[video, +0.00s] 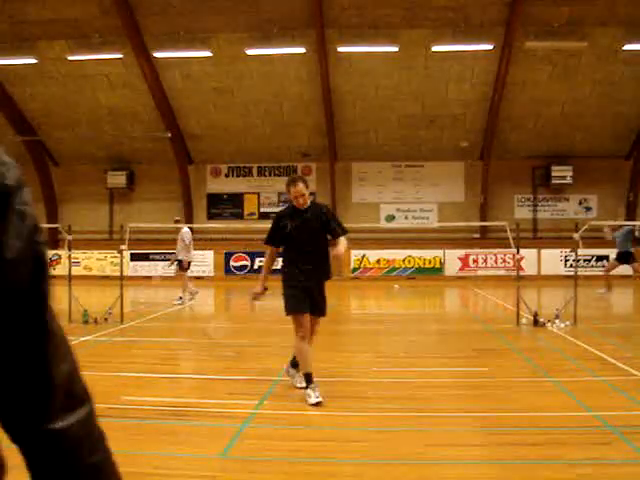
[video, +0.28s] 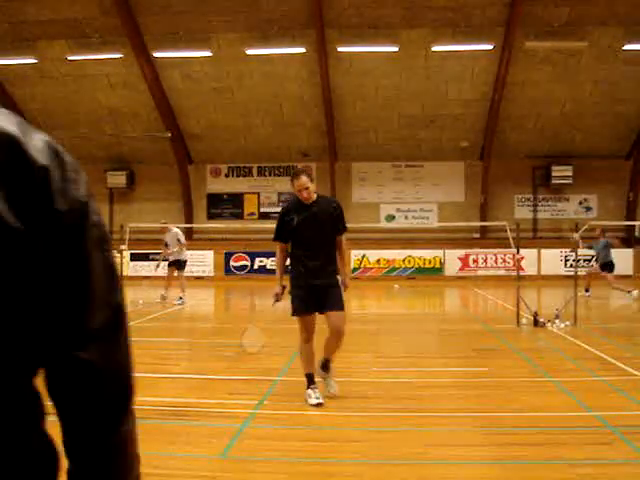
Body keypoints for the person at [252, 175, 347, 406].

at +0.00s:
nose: (300, 200)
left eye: (303, 195)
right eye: (296, 196)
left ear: (308, 192)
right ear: (289, 196)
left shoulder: (322, 212)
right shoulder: (283, 218)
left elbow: (341, 236)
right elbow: (271, 251)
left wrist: (341, 249)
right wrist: (262, 281)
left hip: (317, 278)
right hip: (294, 279)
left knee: (311, 330)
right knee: (302, 331)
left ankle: (293, 366)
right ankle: (310, 384)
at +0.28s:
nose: (304, 194)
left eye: (306, 188)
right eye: (299, 190)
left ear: (314, 184)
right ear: (293, 191)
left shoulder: (331, 207)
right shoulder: (289, 211)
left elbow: (340, 243)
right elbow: (282, 249)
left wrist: (344, 273)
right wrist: (280, 283)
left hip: (329, 277)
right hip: (302, 279)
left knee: (338, 328)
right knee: (307, 333)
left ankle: (325, 367)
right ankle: (310, 385)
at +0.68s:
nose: (338, 187)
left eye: (342, 183)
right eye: (334, 183)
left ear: (349, 185)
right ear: (327, 185)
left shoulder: (361, 211)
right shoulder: (315, 210)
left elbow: (372, 245)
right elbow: (298, 245)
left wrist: (386, 276)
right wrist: (293, 276)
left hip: (351, 284)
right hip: (322, 285)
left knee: (351, 342)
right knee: (323, 339)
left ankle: (353, 402)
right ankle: (313, 383)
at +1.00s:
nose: (348, 183)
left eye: (352, 178)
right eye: (344, 179)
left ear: (363, 179)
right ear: (340, 180)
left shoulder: (376, 207)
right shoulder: (330, 206)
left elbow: (384, 241)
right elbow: (315, 244)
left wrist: (379, 267)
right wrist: (311, 274)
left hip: (364, 283)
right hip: (336, 282)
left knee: (358, 342)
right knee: (342, 338)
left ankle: (352, 402)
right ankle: (338, 404)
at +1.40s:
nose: (339, 184)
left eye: (341, 177)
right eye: (334, 183)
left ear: (354, 172)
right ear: (332, 188)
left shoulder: (384, 200)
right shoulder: (334, 212)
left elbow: (399, 242)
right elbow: (326, 253)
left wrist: (388, 280)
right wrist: (329, 287)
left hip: (382, 287)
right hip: (351, 291)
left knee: (385, 357)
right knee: (363, 356)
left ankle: (364, 391)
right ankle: (375, 424)